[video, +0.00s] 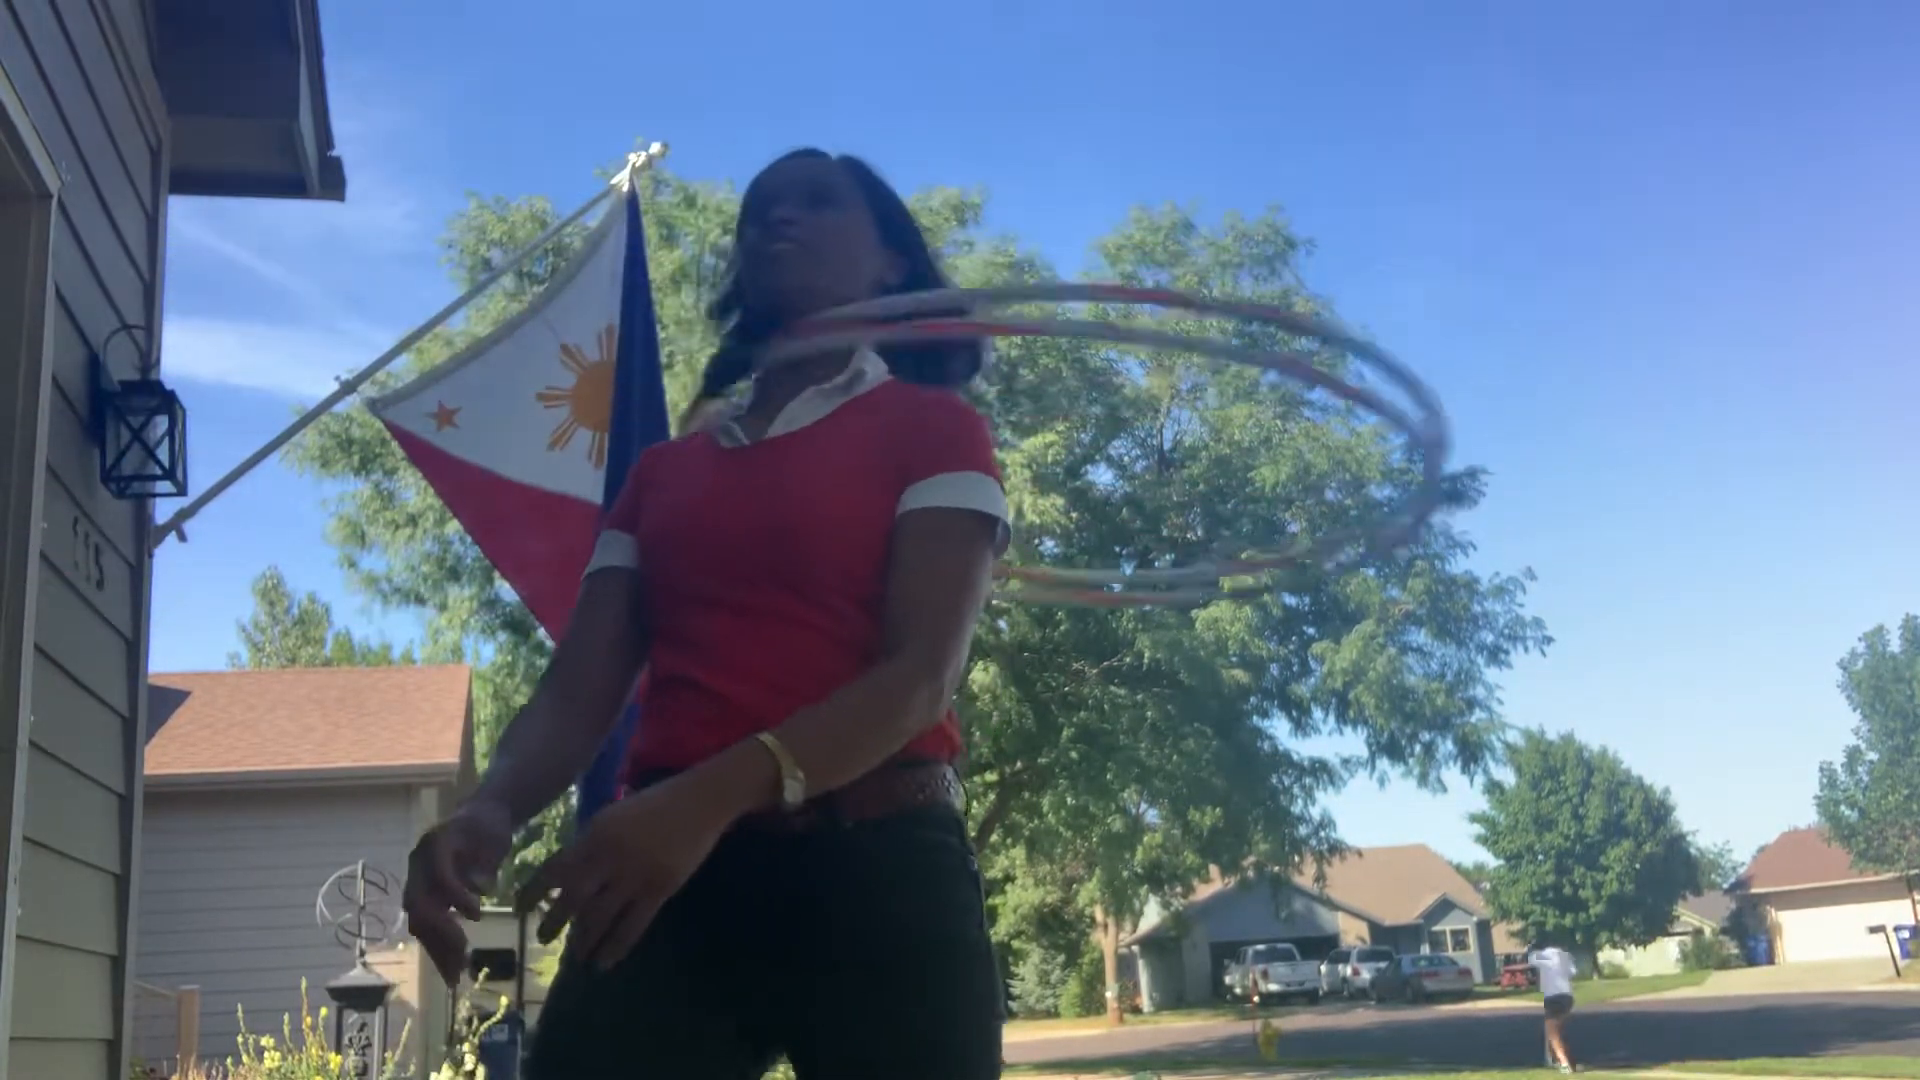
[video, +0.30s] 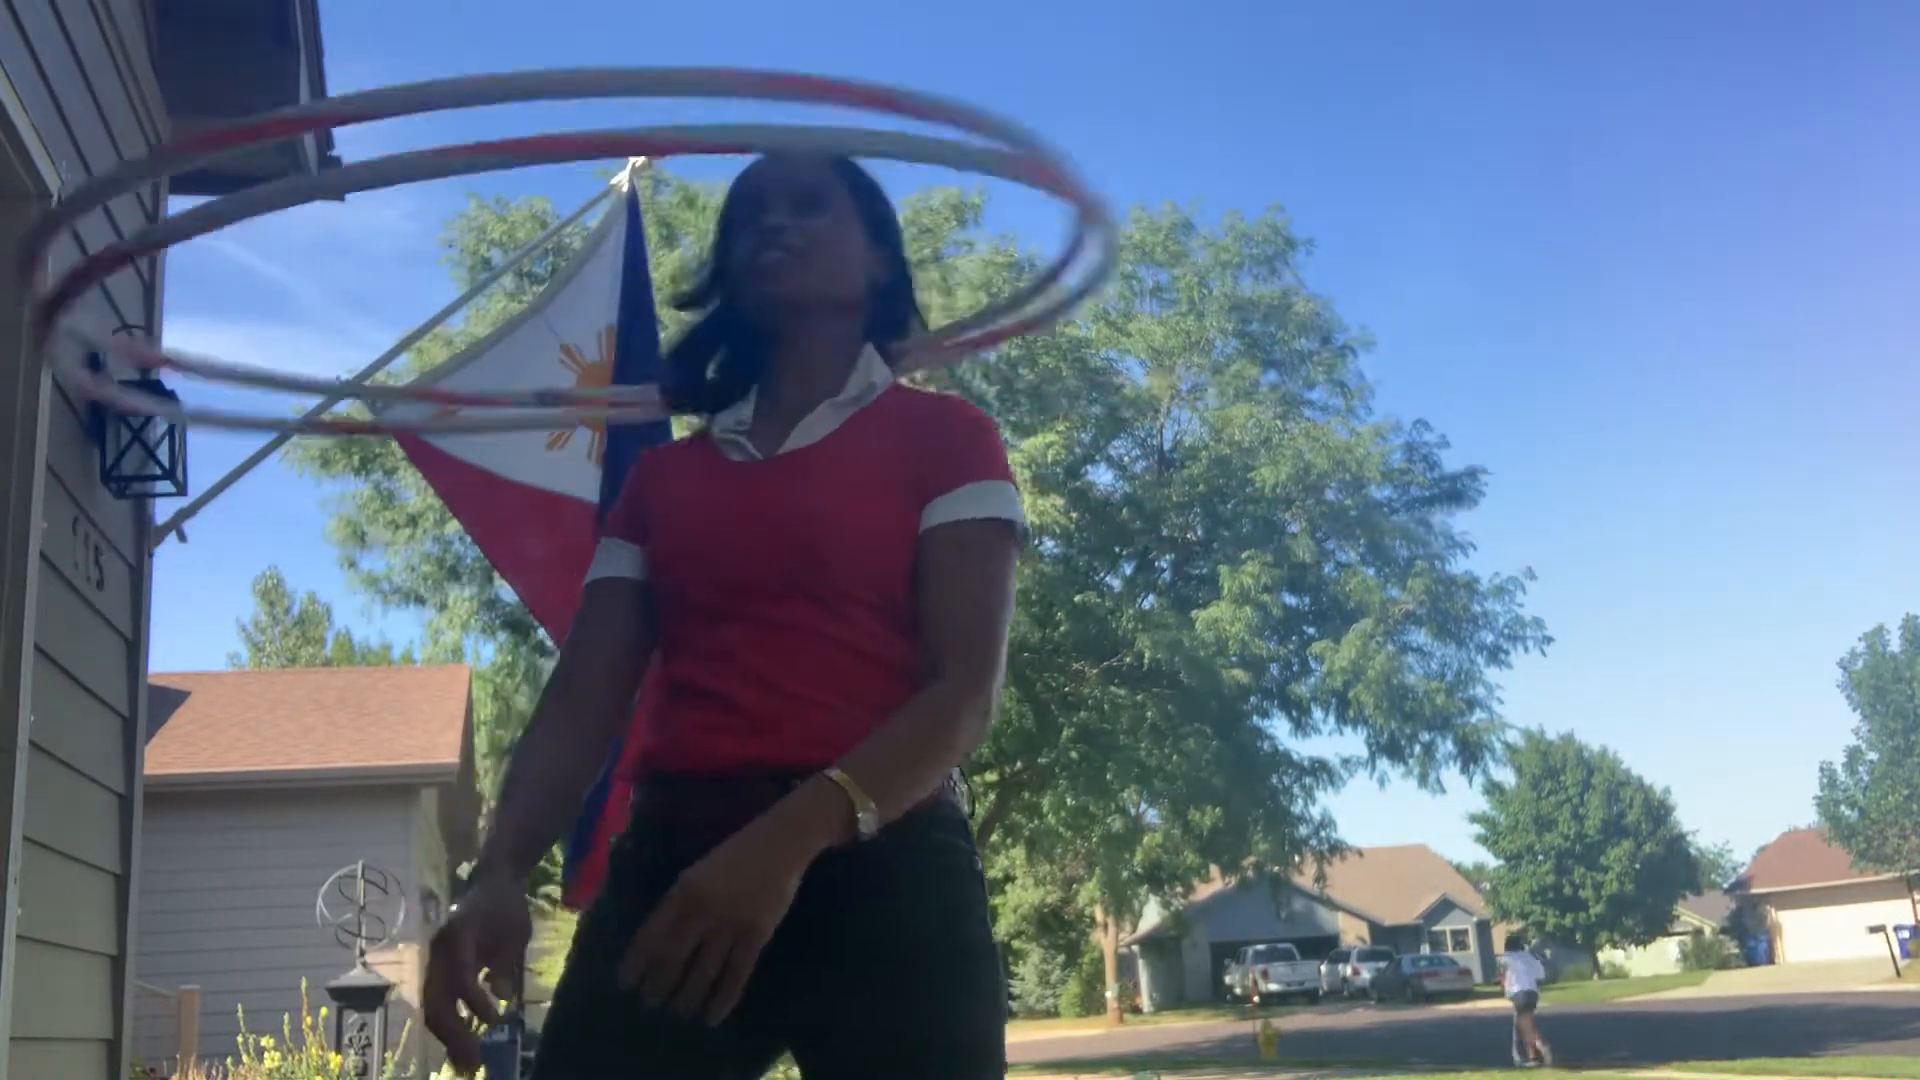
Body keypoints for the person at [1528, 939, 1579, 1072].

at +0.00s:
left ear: (1543, 947)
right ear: (1555, 945)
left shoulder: (1545, 957)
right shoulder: (1565, 956)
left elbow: (1531, 960)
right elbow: (1573, 971)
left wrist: (1531, 949)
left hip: (1552, 995)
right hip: (1567, 994)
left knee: (1553, 1032)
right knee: (1555, 1030)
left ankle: (1565, 1064)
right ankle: (1557, 1060)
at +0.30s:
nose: (1506, 949)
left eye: (1507, 947)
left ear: (1507, 946)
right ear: (1521, 946)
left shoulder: (1507, 957)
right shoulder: (1530, 957)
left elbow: (1502, 972)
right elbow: (1541, 975)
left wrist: (1503, 982)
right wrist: (1529, 977)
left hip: (1517, 991)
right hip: (1532, 990)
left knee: (1525, 1024)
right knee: (1526, 1024)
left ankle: (1540, 1046)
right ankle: (1532, 1056)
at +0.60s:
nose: (1478, 952)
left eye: (1477, 950)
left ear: (1479, 949)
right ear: (1492, 948)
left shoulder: (1477, 959)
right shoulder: (1499, 959)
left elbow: (1471, 973)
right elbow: (1509, 974)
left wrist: (1474, 984)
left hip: (1485, 991)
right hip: (1500, 991)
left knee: (1483, 1026)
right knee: (1497, 1023)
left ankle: (1491, 1055)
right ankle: (1501, 1055)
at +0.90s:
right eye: (1456, 949)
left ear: (1443, 952)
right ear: (1456, 951)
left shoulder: (1442, 963)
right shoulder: (1463, 962)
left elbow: (1438, 979)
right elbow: (1472, 978)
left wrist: (1438, 985)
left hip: (1454, 998)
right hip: (1469, 997)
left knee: (1455, 1028)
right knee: (1464, 1026)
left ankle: (1458, 1057)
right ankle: (1467, 1054)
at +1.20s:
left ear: (1412, 948)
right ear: (1424, 947)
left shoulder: (1408, 959)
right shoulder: (1433, 959)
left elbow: (1407, 974)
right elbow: (1439, 976)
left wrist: (1406, 986)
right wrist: (1437, 985)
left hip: (1417, 992)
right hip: (1433, 991)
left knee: (1426, 1021)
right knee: (1428, 1021)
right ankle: (1425, 1049)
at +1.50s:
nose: (1376, 952)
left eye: (1377, 949)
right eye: (1375, 949)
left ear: (1380, 951)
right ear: (1390, 949)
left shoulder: (1376, 963)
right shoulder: (1395, 960)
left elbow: (1372, 980)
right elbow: (1408, 973)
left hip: (1390, 996)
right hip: (1405, 994)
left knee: (1385, 1023)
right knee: (1400, 1022)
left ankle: (1388, 1051)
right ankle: (1403, 1050)